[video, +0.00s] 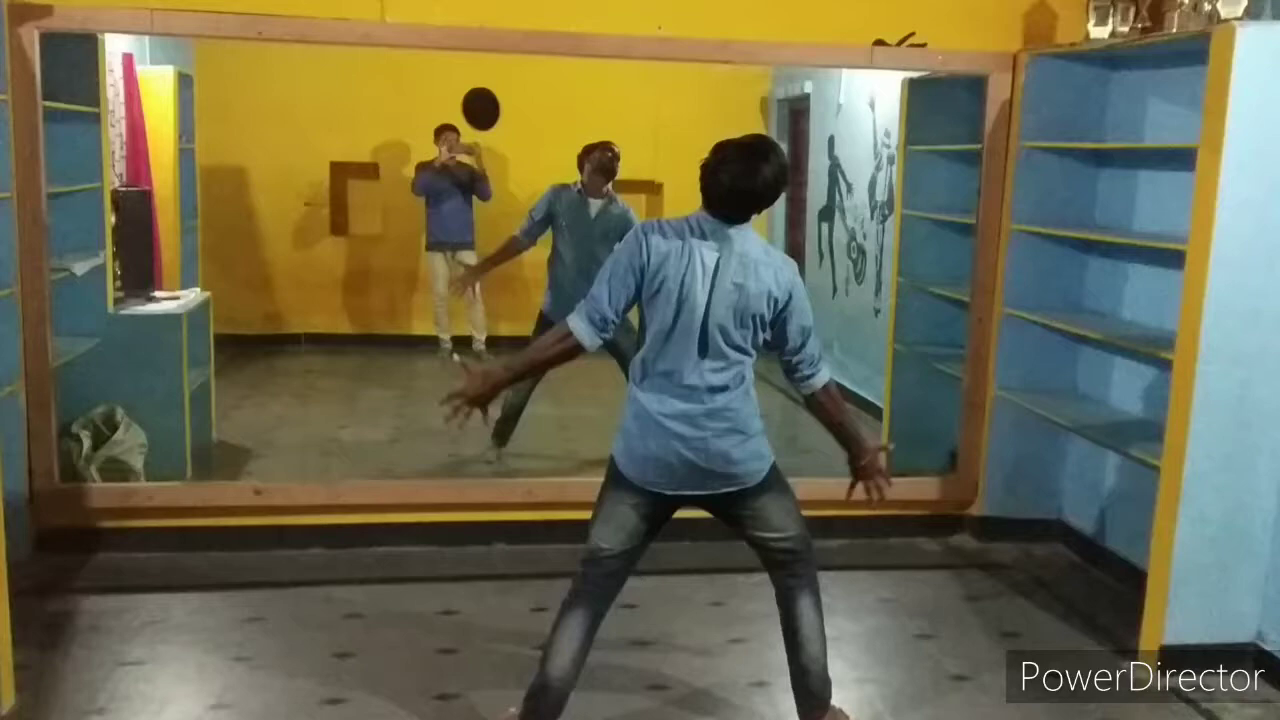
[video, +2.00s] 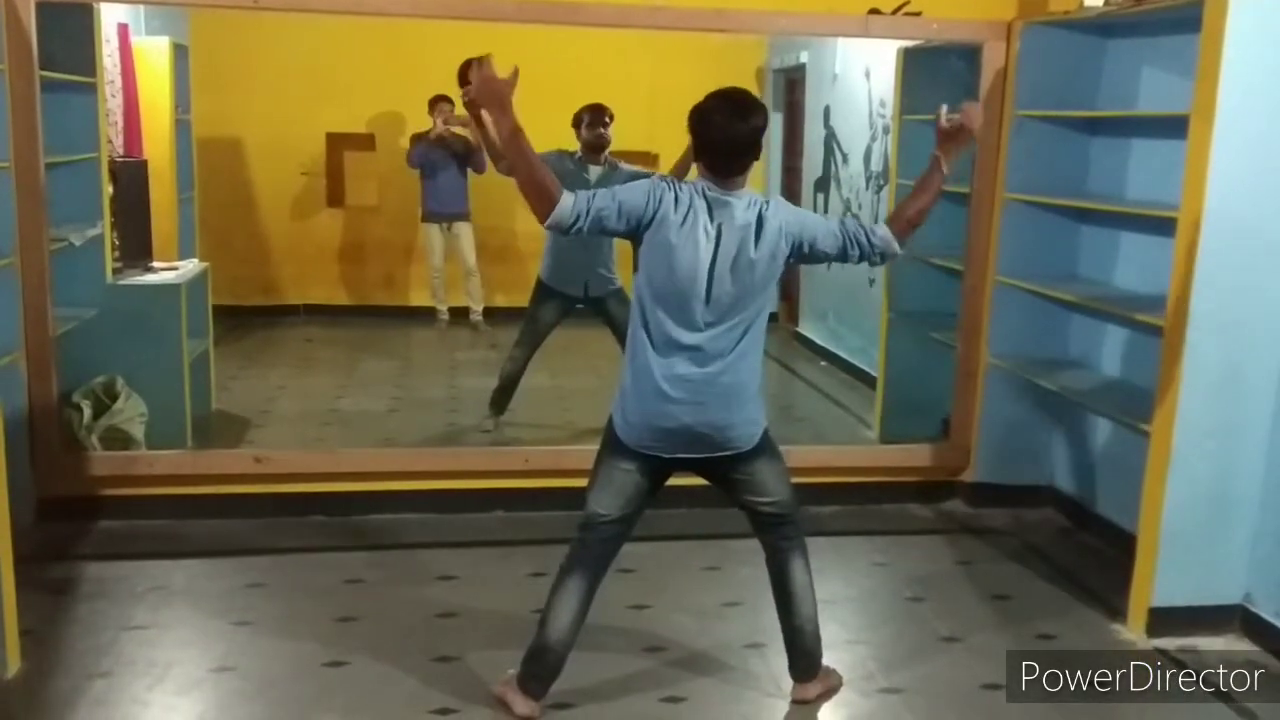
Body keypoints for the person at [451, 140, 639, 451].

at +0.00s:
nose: (613, 158)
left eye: (616, 155)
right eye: (606, 152)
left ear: (617, 169)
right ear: (585, 163)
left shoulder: (623, 216)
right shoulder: (559, 198)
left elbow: (640, 265)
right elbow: (523, 239)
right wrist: (477, 271)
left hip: (607, 310)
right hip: (560, 307)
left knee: (644, 376)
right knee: (526, 376)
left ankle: (664, 447)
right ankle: (496, 445)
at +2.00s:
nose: (602, 131)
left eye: (606, 125)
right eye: (593, 125)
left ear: (611, 131)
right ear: (578, 131)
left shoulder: (622, 174)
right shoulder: (556, 163)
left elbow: (668, 183)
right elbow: (505, 164)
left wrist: (693, 147)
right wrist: (478, 118)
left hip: (604, 283)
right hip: (556, 282)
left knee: (643, 350)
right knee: (521, 352)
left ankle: (661, 422)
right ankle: (494, 415)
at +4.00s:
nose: (533, 150)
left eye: (536, 143)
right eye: (528, 145)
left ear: (551, 135)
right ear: (523, 143)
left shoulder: (578, 162)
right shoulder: (528, 174)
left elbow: (612, 169)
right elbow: (539, 216)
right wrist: (543, 255)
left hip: (582, 270)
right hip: (542, 270)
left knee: (600, 339)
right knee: (512, 337)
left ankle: (628, 402)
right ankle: (490, 407)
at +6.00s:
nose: (526, 134)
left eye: (533, 127)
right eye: (522, 127)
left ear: (548, 127)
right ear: (516, 129)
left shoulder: (569, 159)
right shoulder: (508, 165)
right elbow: (503, 217)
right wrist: (505, 261)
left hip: (569, 274)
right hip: (528, 273)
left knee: (591, 344)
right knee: (499, 343)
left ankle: (587, 407)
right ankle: (486, 410)